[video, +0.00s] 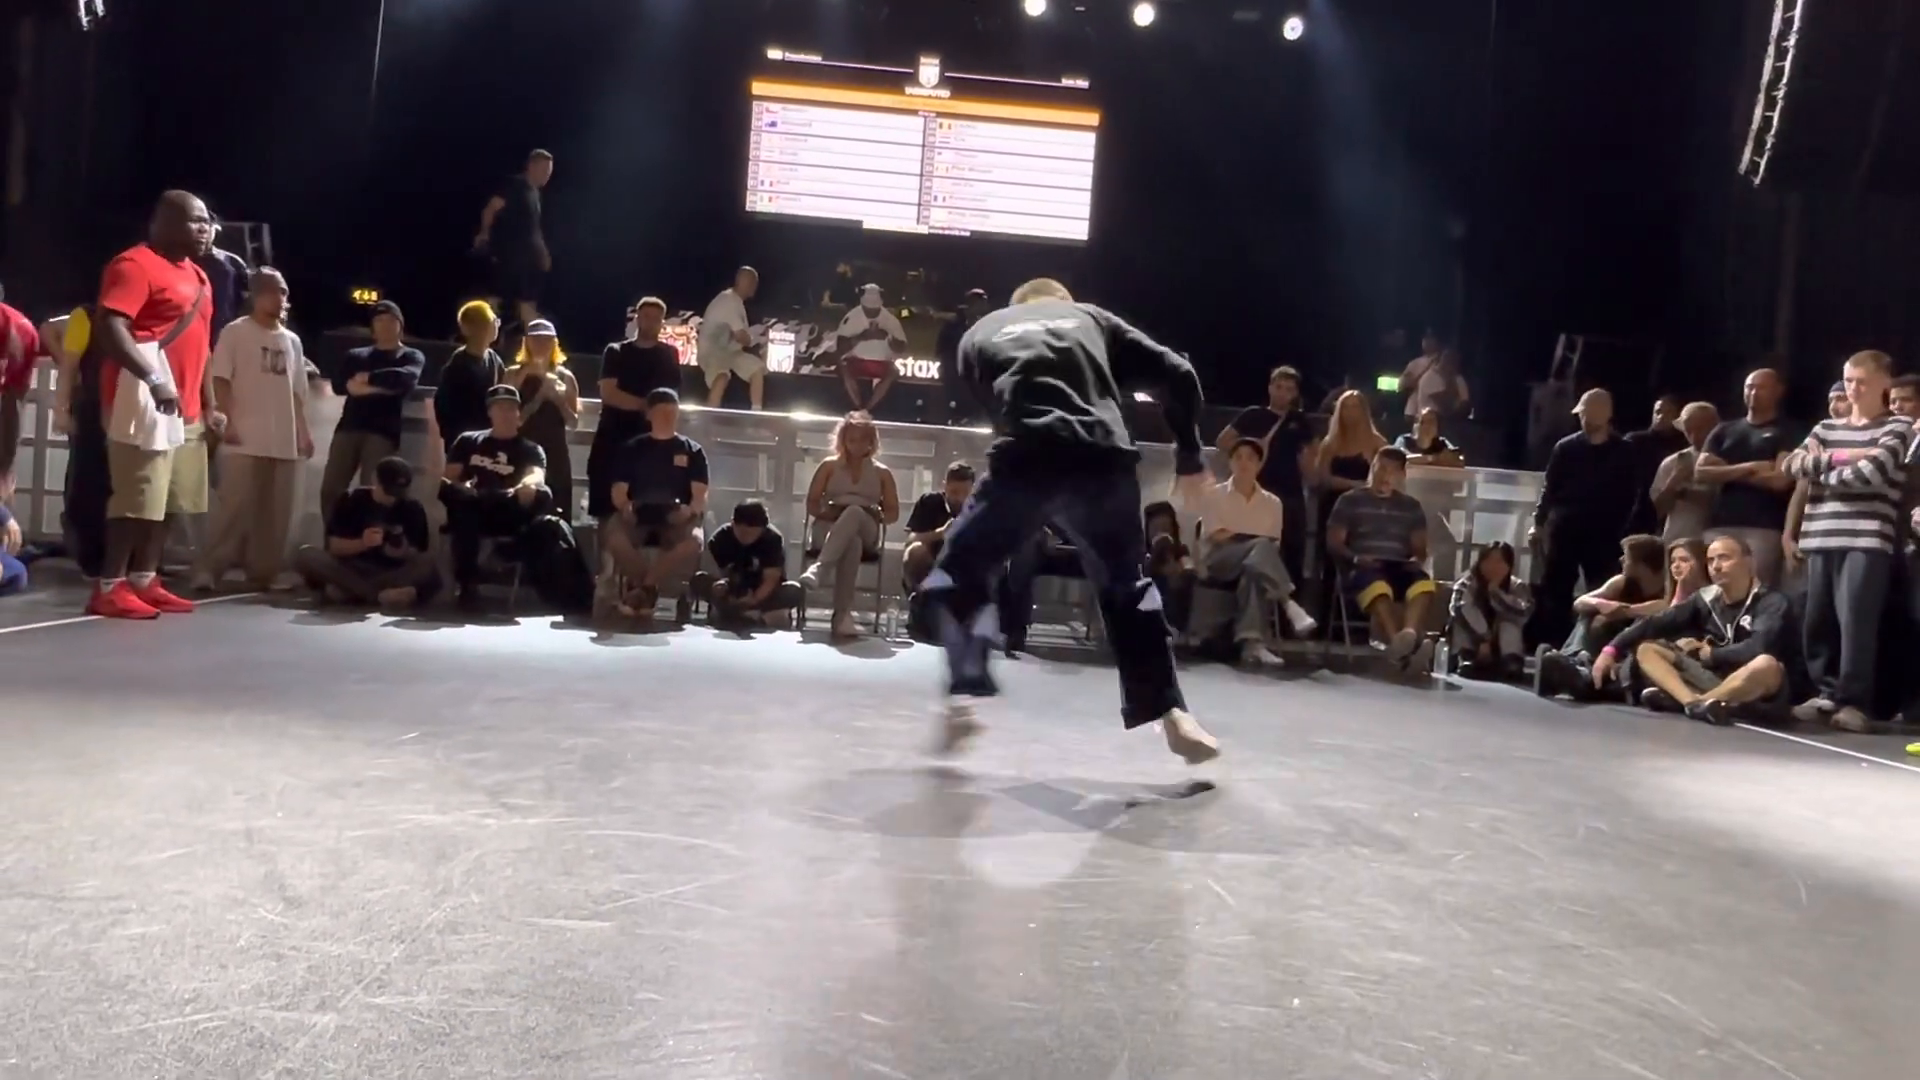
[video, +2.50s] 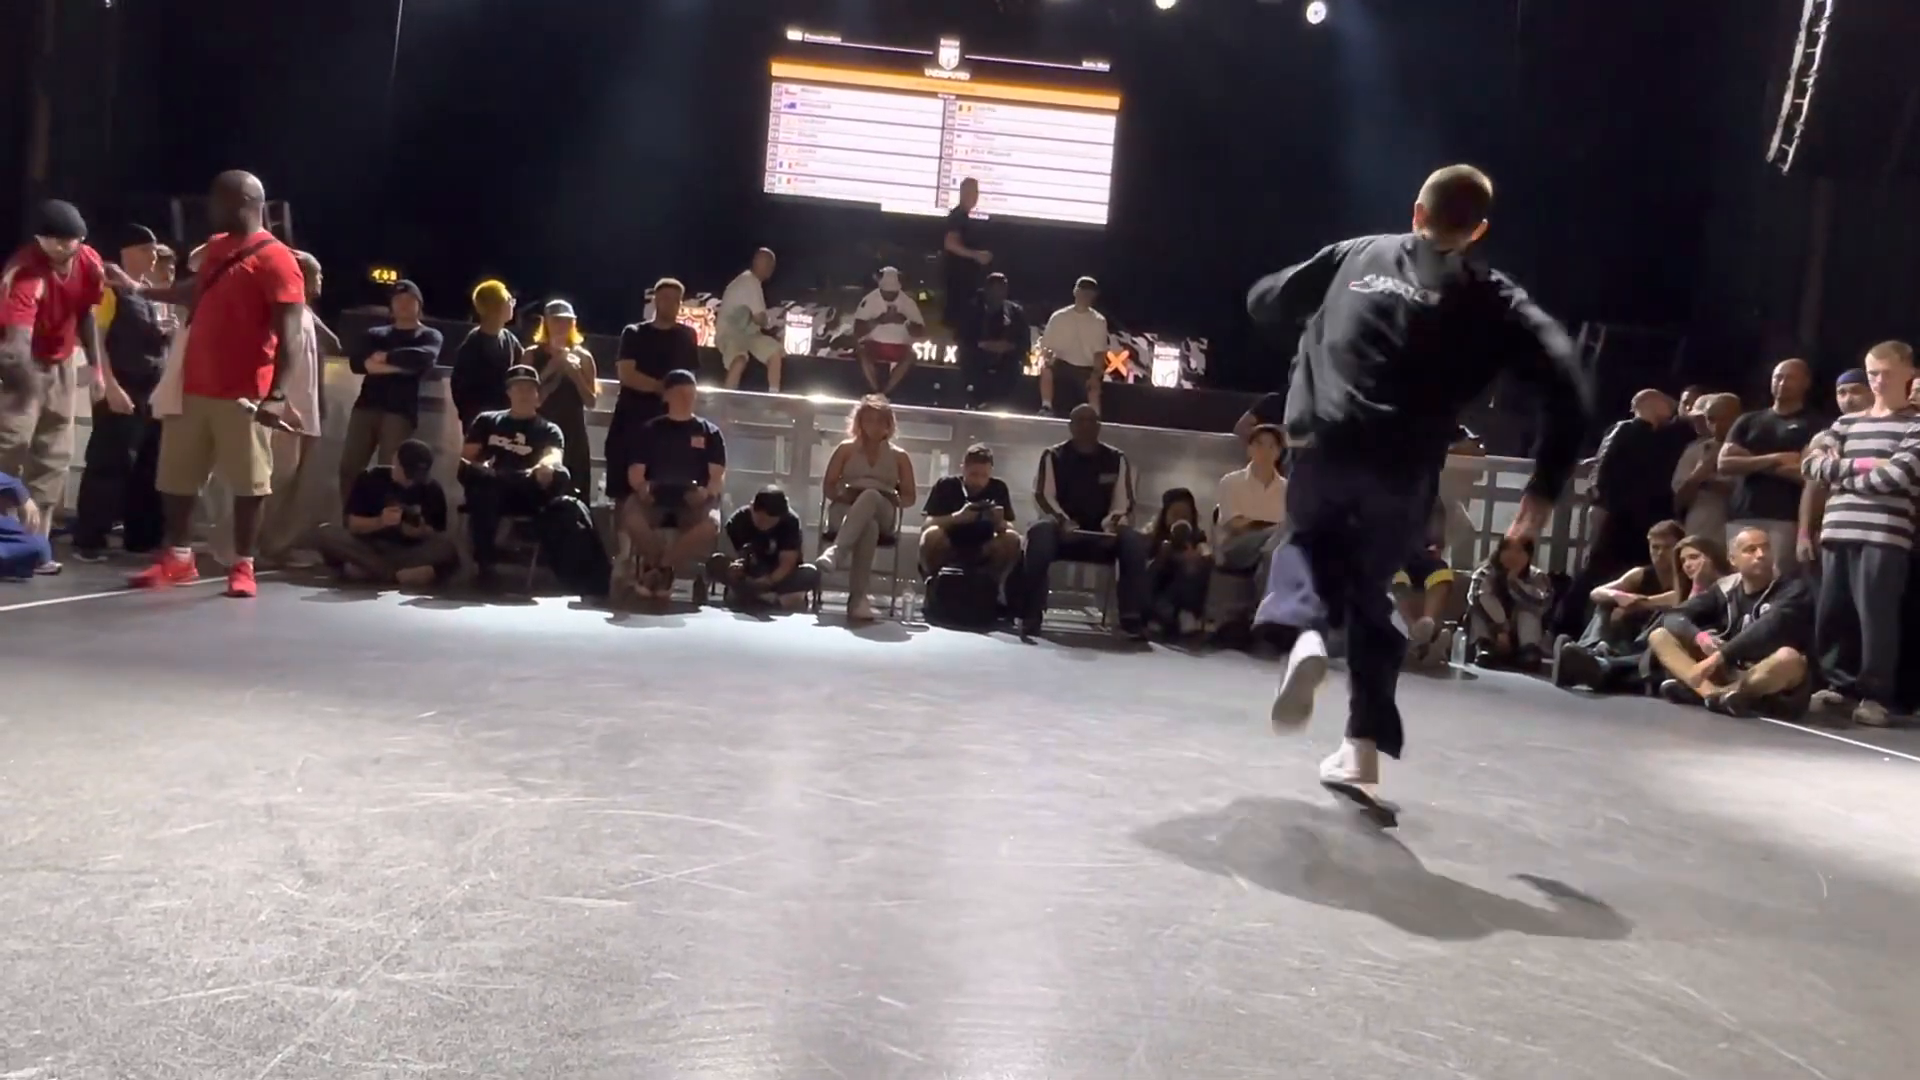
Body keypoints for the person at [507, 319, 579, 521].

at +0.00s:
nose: (541, 344)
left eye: (547, 339)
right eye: (535, 339)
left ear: (554, 344)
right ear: (527, 342)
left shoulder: (566, 377)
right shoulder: (513, 375)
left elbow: (574, 421)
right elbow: (511, 421)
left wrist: (557, 398)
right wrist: (539, 397)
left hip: (555, 448)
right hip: (522, 448)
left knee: (559, 509)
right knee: (521, 509)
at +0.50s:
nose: (549, 336)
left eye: (555, 331)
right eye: (544, 330)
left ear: (561, 335)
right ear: (534, 334)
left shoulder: (573, 368)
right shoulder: (521, 366)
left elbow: (581, 411)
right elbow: (514, 406)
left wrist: (567, 386)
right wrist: (537, 381)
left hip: (562, 439)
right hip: (529, 440)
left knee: (566, 499)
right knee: (528, 499)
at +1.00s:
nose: (557, 330)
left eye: (562, 325)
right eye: (551, 325)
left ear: (568, 329)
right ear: (540, 328)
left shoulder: (579, 362)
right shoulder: (527, 360)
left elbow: (585, 407)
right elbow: (523, 401)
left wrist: (571, 380)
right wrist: (548, 373)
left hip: (568, 434)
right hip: (536, 434)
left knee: (572, 494)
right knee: (534, 495)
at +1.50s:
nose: (562, 326)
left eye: (567, 321)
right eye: (556, 320)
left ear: (573, 324)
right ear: (545, 323)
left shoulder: (583, 358)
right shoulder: (531, 356)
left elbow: (589, 402)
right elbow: (529, 400)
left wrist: (573, 374)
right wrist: (553, 370)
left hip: (572, 431)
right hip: (540, 431)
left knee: (576, 492)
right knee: (538, 492)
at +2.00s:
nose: (563, 324)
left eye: (567, 319)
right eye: (557, 319)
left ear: (573, 323)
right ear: (547, 322)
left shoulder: (584, 356)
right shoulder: (533, 354)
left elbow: (591, 401)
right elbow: (529, 397)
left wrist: (575, 373)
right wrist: (553, 366)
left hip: (574, 428)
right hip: (541, 429)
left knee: (578, 490)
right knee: (540, 490)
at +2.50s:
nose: (562, 326)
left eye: (567, 320)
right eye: (556, 320)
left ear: (573, 324)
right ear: (546, 323)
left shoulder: (584, 357)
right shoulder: (532, 355)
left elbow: (591, 401)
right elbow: (529, 399)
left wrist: (574, 373)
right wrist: (554, 367)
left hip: (573, 431)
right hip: (540, 431)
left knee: (577, 492)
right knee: (538, 493)